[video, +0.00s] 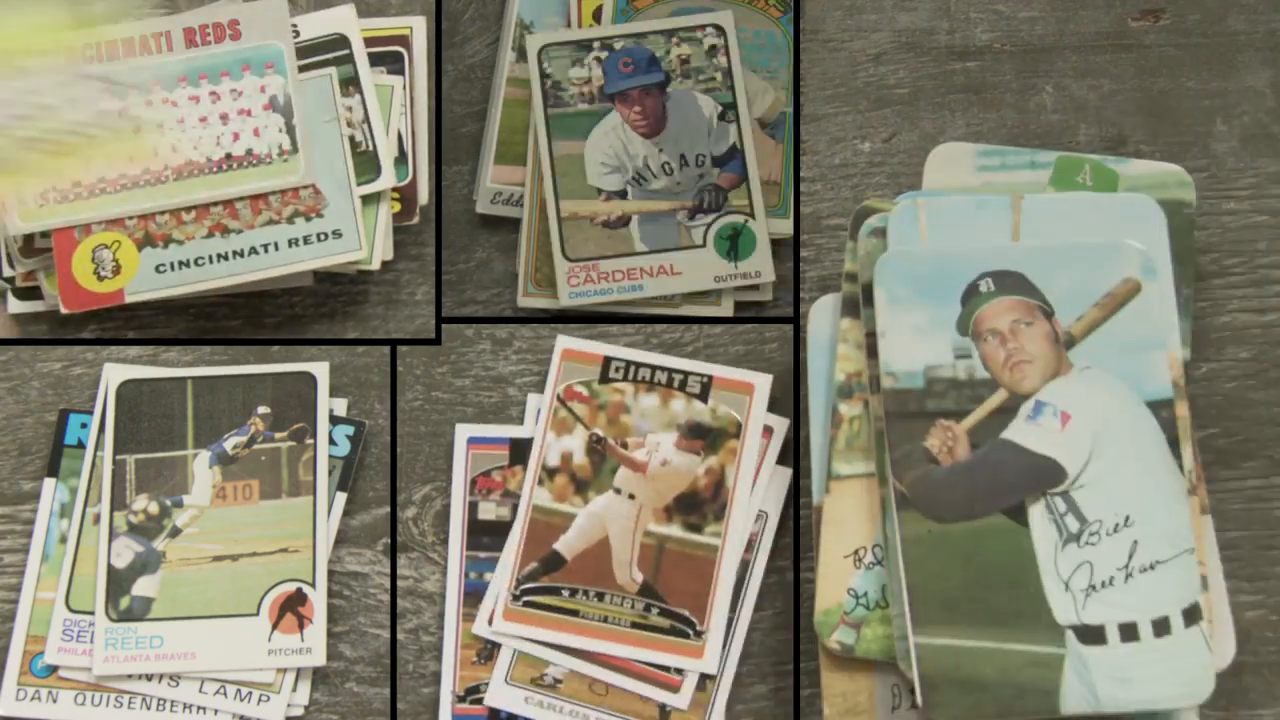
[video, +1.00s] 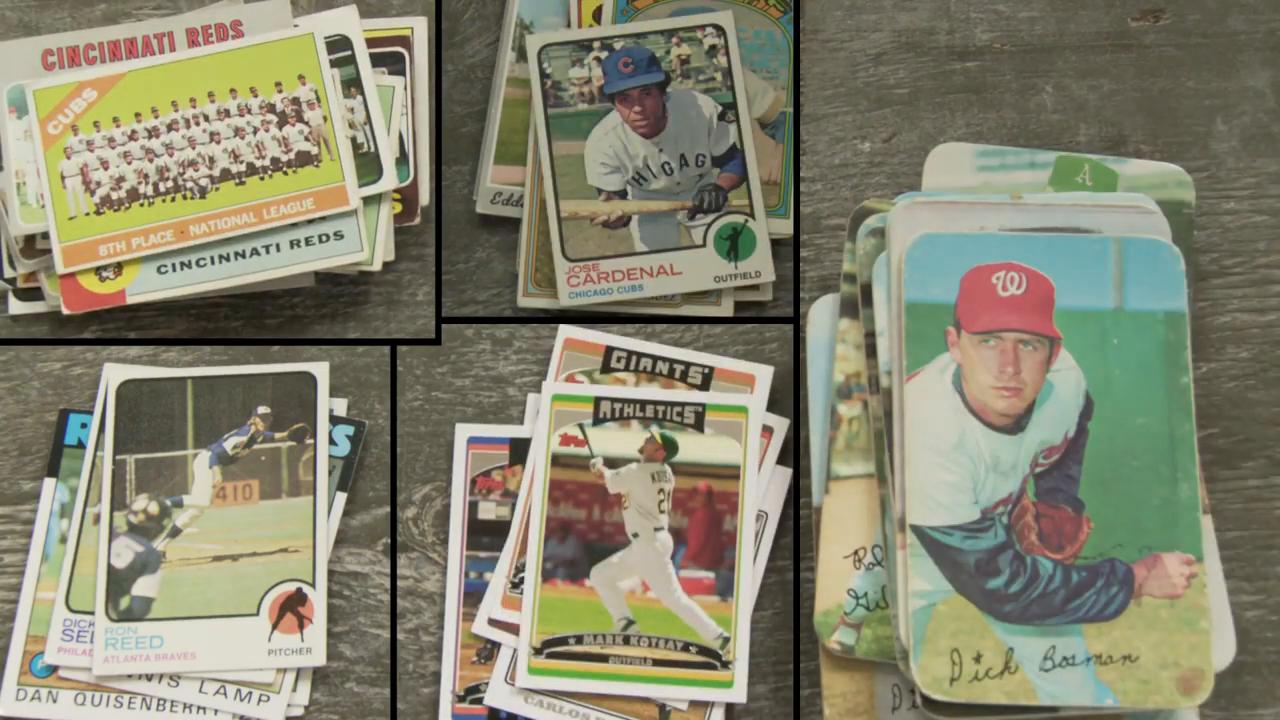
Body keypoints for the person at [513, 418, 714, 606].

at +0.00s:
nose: (680, 440)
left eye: (686, 438)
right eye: (681, 435)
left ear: (699, 444)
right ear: (682, 434)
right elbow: (641, 444)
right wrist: (613, 443)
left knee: (626, 577)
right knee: (567, 545)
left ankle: (672, 619)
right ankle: (516, 585)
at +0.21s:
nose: (631, 465)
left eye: (637, 463)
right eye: (634, 461)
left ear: (649, 474)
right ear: (649, 475)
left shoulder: (627, 498)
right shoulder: (659, 494)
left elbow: (603, 512)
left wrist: (588, 498)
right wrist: (598, 500)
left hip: (651, 572)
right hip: (662, 567)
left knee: (679, 626)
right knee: (606, 615)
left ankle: (734, 664)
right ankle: (638, 666)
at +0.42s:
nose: (645, 443)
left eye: (651, 441)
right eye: (648, 439)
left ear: (661, 453)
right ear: (661, 455)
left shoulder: (636, 472)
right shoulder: (666, 473)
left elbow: (612, 483)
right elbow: (631, 480)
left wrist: (601, 468)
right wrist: (605, 472)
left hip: (649, 541)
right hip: (660, 538)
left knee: (672, 596)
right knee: (600, 574)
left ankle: (719, 637)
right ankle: (624, 622)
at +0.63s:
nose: (645, 442)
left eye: (651, 441)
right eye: (648, 439)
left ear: (661, 453)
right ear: (661, 455)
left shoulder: (636, 472)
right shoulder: (666, 473)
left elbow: (612, 483)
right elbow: (629, 478)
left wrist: (601, 469)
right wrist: (605, 471)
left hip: (649, 542)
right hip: (659, 539)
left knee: (672, 596)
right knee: (600, 574)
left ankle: (718, 637)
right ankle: (624, 622)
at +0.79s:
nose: (645, 443)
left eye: (651, 441)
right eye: (648, 439)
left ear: (661, 453)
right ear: (660, 455)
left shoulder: (636, 472)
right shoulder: (665, 473)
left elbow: (612, 483)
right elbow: (631, 482)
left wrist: (601, 468)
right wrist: (605, 472)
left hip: (649, 542)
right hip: (658, 539)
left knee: (672, 596)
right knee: (600, 575)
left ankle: (718, 636)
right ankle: (624, 621)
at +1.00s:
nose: (645, 442)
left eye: (651, 441)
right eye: (648, 439)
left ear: (660, 453)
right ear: (661, 455)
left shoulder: (636, 472)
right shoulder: (665, 472)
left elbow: (612, 483)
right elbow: (630, 480)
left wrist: (601, 468)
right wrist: (605, 473)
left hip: (649, 542)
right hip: (659, 539)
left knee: (672, 596)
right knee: (600, 574)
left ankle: (718, 637)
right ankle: (624, 622)